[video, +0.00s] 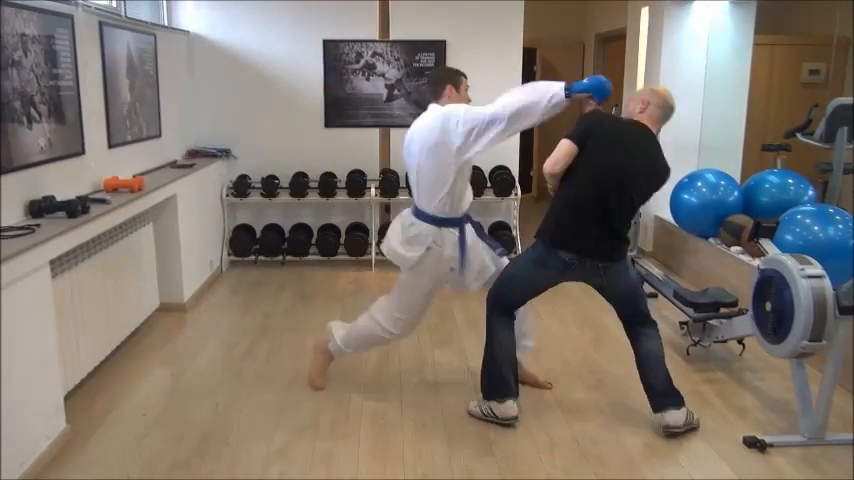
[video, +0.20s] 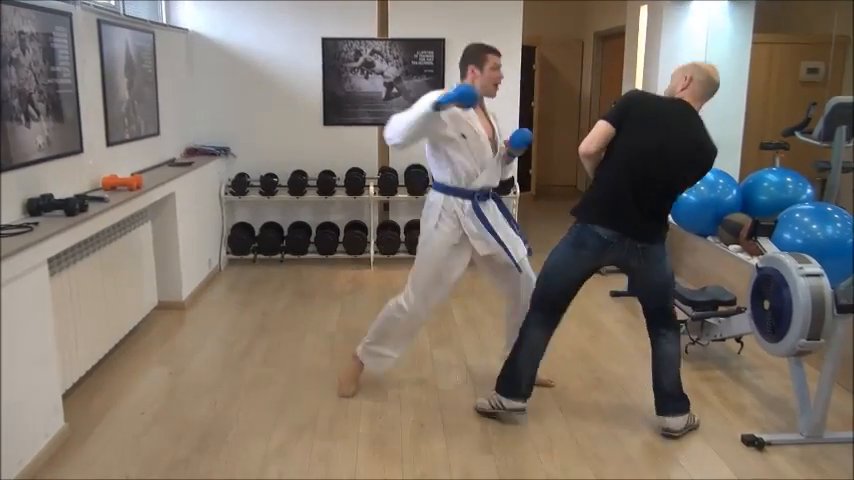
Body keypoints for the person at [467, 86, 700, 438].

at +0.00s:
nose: (625, 107)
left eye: (630, 102)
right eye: (630, 103)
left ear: (643, 105)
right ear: (662, 118)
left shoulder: (595, 121)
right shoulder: (660, 166)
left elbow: (552, 167)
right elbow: (625, 199)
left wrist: (556, 186)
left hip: (557, 248)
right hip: (609, 259)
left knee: (500, 303)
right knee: (641, 325)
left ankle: (501, 401)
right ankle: (671, 410)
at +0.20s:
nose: (670, 82)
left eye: (674, 77)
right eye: (675, 77)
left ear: (684, 81)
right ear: (706, 96)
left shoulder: (636, 101)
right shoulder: (706, 149)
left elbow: (588, 149)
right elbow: (673, 187)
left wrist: (604, 182)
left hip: (595, 228)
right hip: (648, 242)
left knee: (545, 308)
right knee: (663, 325)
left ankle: (510, 396)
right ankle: (674, 415)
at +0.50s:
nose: (652, 63)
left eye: (656, 55)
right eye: (654, 55)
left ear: (678, 60)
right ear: (697, 62)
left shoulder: (643, 110)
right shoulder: (725, 112)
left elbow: (617, 182)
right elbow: (694, 158)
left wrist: (603, 166)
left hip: (641, 234)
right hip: (693, 240)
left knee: (584, 299)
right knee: (702, 328)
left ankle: (599, 404)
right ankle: (724, 432)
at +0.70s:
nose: (632, 52)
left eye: (636, 43)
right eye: (633, 43)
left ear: (656, 45)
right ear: (676, 46)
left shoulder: (632, 92)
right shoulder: (711, 94)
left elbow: (608, 161)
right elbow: (678, 140)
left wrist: (589, 147)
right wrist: (634, 91)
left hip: (627, 220)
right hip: (680, 228)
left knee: (572, 295)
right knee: (690, 326)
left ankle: (583, 399)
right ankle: (712, 431)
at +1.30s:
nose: (546, 69)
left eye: (549, 61)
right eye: (547, 62)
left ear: (568, 62)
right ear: (588, 62)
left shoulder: (569, 105)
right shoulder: (623, 100)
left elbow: (575, 176)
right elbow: (614, 156)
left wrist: (547, 172)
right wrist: (565, 138)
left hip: (597, 232)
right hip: (637, 228)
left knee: (562, 332)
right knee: (619, 303)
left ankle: (580, 451)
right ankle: (649, 397)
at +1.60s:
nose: (571, 60)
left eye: (576, 52)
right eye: (572, 53)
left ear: (598, 52)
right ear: (605, 52)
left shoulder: (601, 92)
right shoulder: (628, 91)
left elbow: (583, 157)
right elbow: (605, 151)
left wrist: (543, 144)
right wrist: (577, 117)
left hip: (611, 212)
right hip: (633, 209)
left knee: (588, 305)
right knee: (617, 294)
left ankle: (610, 407)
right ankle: (645, 374)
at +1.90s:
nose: (574, 74)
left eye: (578, 67)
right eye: (574, 67)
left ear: (601, 66)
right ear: (604, 66)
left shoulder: (601, 103)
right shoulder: (626, 100)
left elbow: (595, 167)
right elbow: (597, 150)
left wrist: (554, 172)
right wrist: (577, 115)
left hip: (610, 212)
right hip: (625, 205)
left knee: (600, 293)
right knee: (608, 272)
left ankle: (651, 375)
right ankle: (619, 333)